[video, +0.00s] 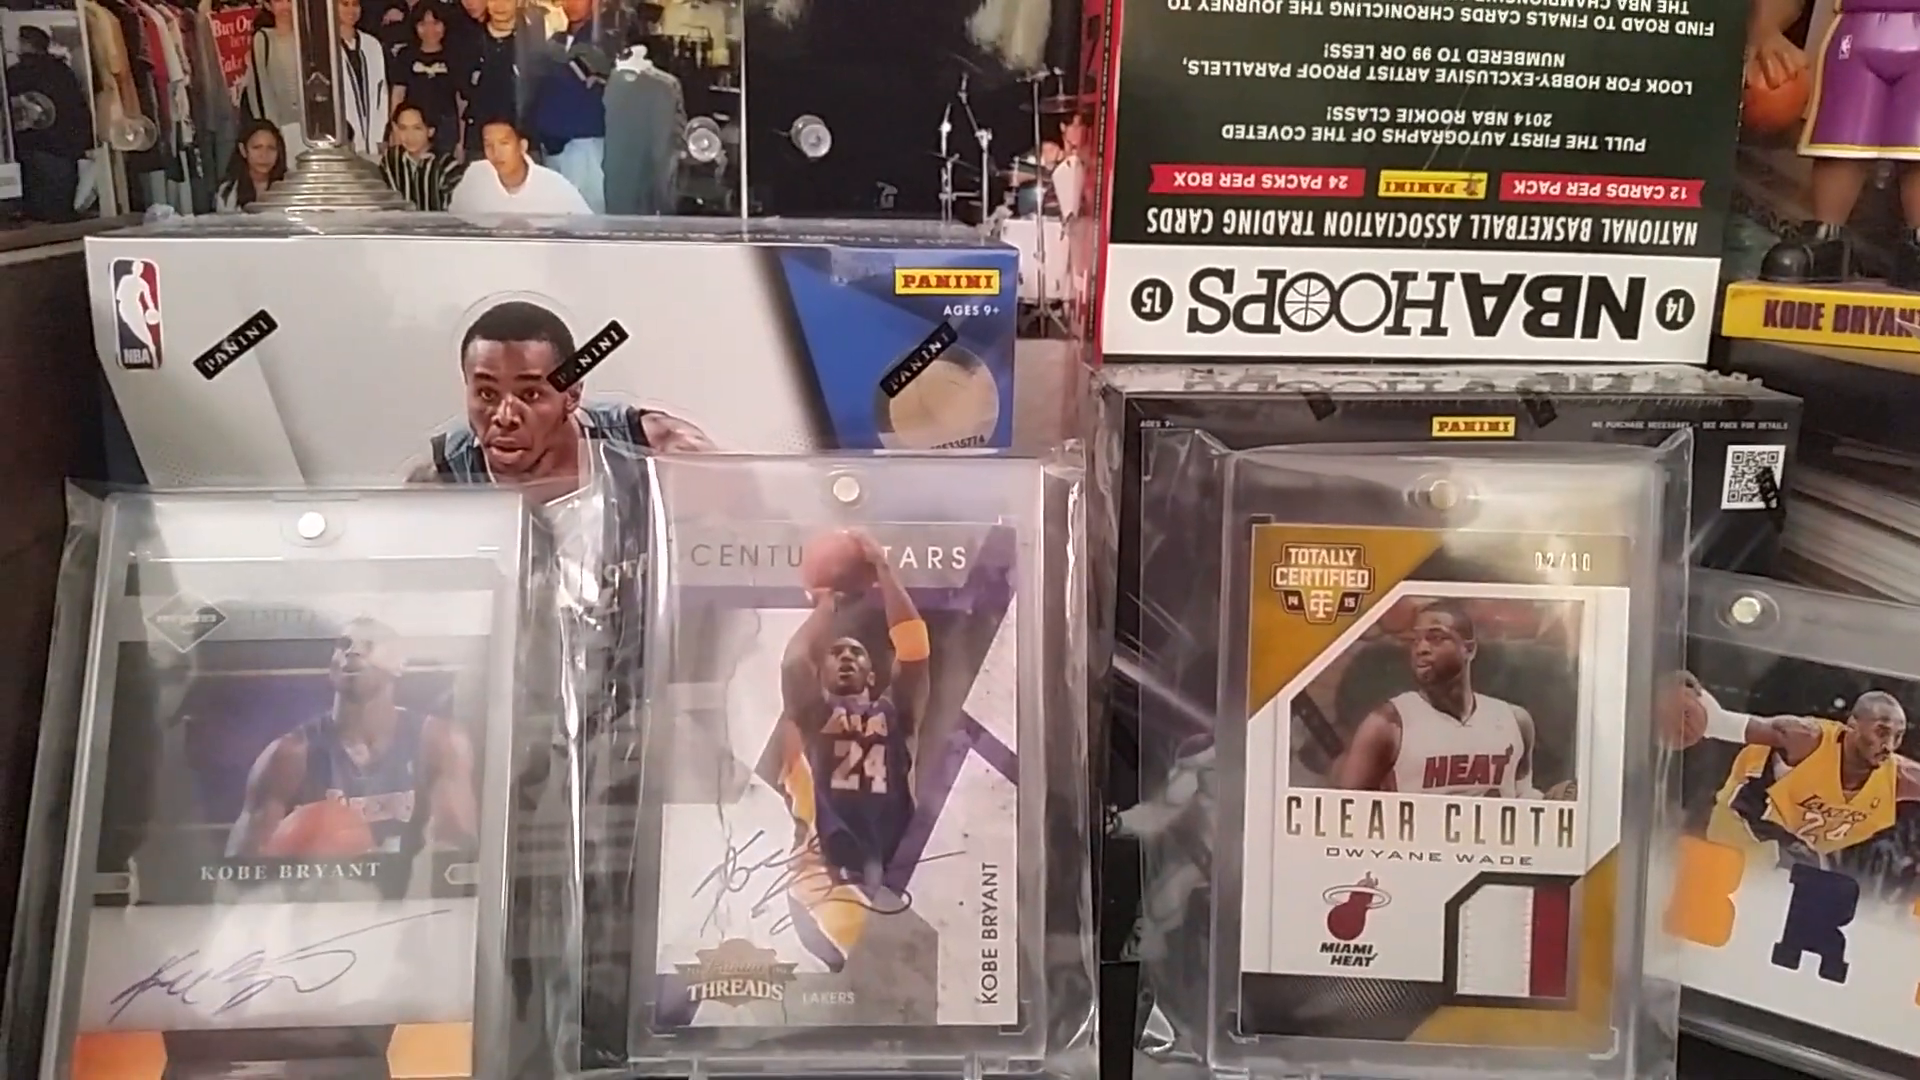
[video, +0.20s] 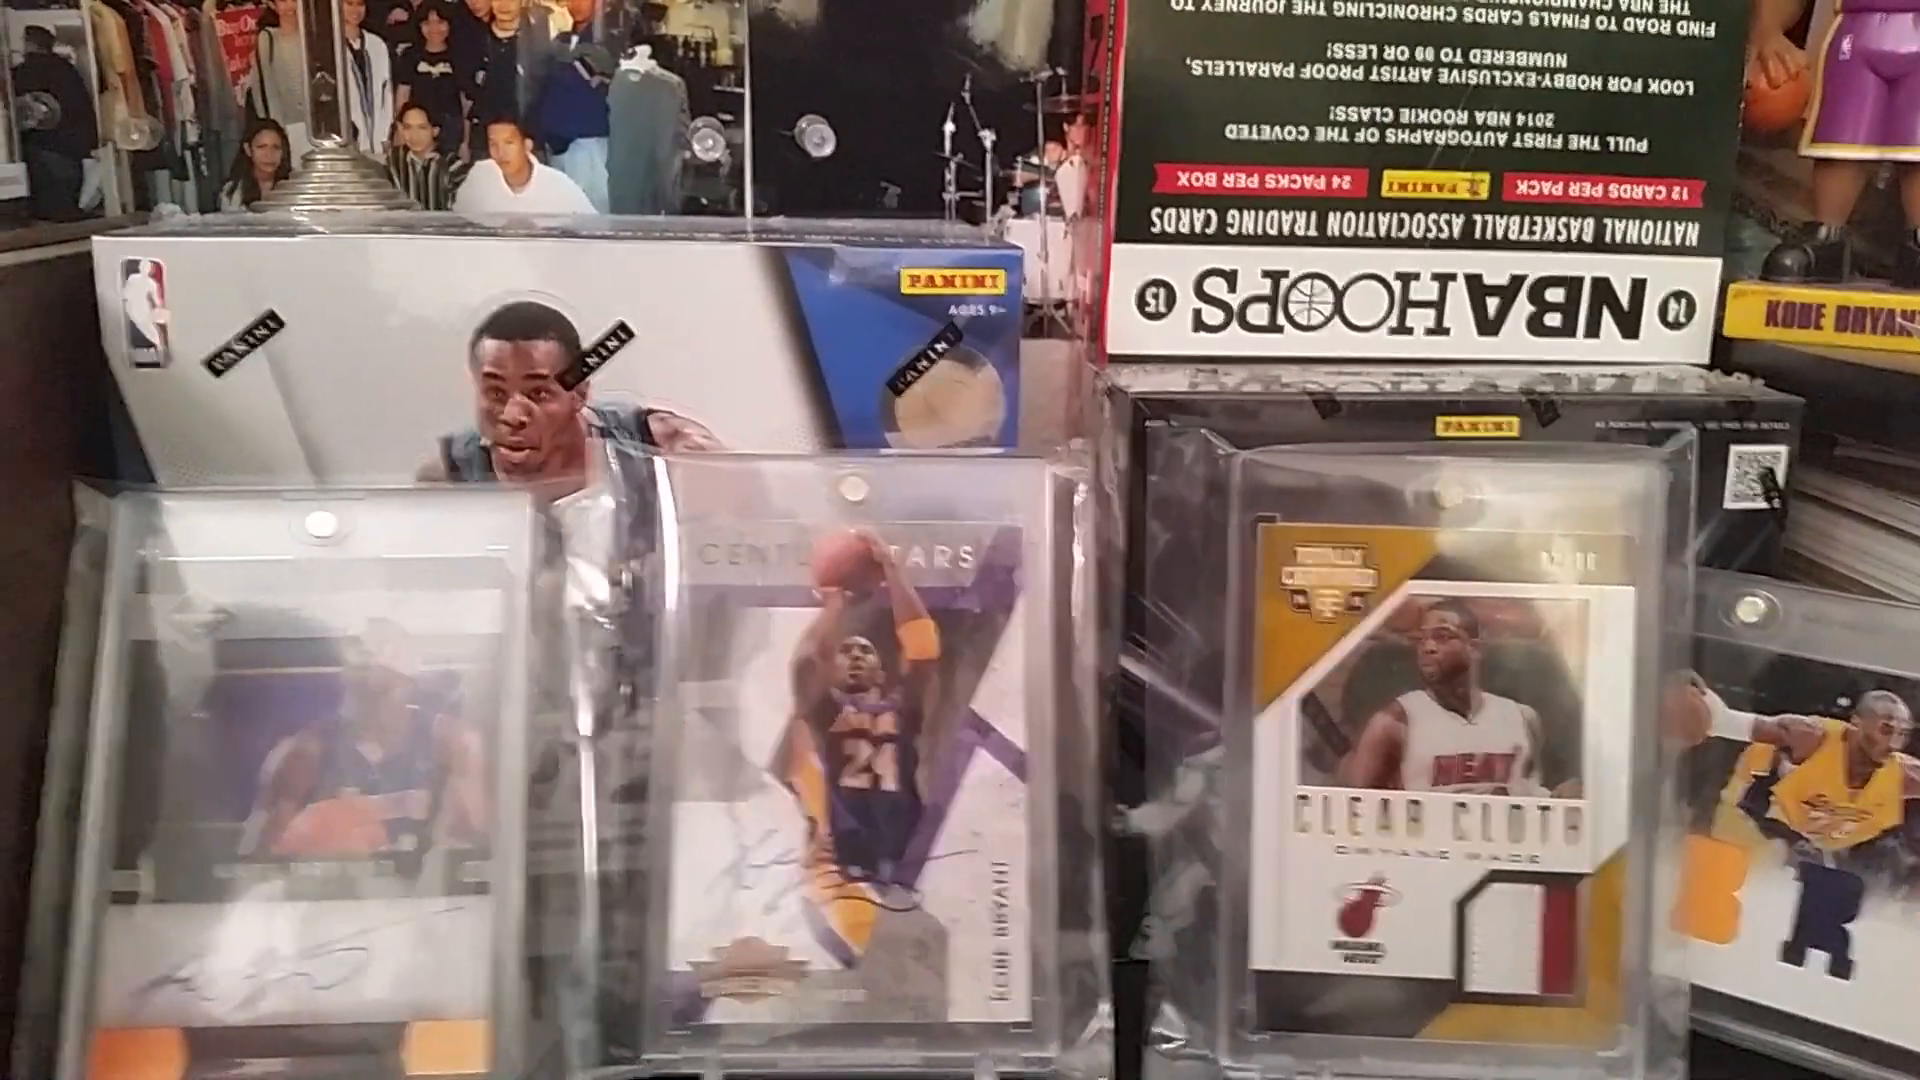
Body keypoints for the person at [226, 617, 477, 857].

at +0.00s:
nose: (351, 654)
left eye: (369, 646)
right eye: (343, 645)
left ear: (398, 663)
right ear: (330, 661)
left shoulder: (442, 743)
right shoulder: (286, 757)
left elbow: (455, 849)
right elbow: (238, 869)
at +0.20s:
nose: (367, 671)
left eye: (378, 660)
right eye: (356, 660)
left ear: (405, 674)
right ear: (343, 671)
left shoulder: (454, 742)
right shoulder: (303, 752)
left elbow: (469, 841)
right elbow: (263, 851)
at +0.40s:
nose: (410, 653)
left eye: (426, 642)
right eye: (403, 643)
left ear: (453, 660)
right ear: (391, 659)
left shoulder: (498, 733)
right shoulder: (351, 744)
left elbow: (513, 829)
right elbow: (302, 848)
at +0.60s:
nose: (440, 642)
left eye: (456, 632)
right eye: (430, 631)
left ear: (480, 649)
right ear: (415, 647)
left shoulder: (522, 727)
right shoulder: (374, 740)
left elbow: (533, 823)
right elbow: (322, 853)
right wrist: (383, 820)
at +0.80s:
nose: (429, 646)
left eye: (445, 637)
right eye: (420, 636)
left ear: (469, 654)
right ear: (406, 651)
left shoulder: (511, 731)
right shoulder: (362, 743)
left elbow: (524, 829)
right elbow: (315, 848)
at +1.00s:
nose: (315, 682)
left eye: (327, 670)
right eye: (304, 671)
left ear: (355, 679)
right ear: (290, 681)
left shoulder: (401, 747)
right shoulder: (243, 762)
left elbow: (412, 846)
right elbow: (199, 851)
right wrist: (269, 834)